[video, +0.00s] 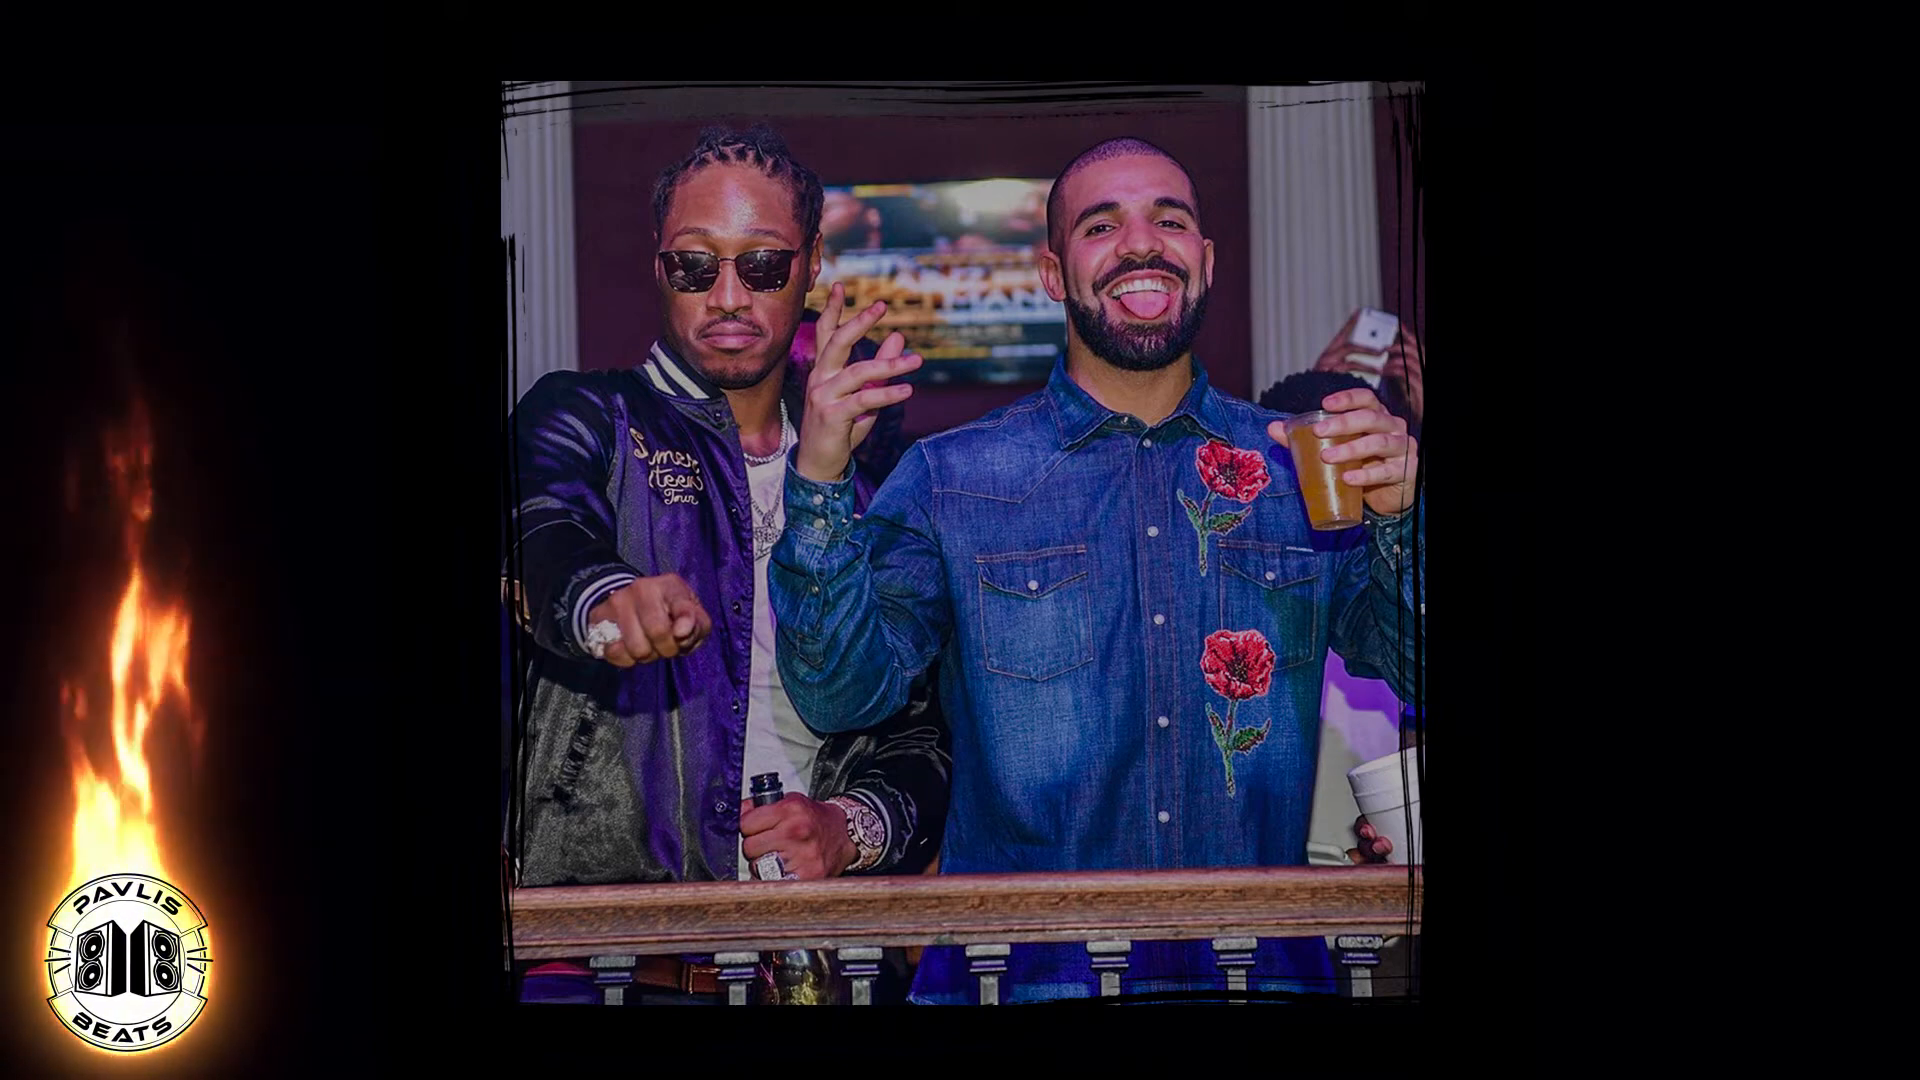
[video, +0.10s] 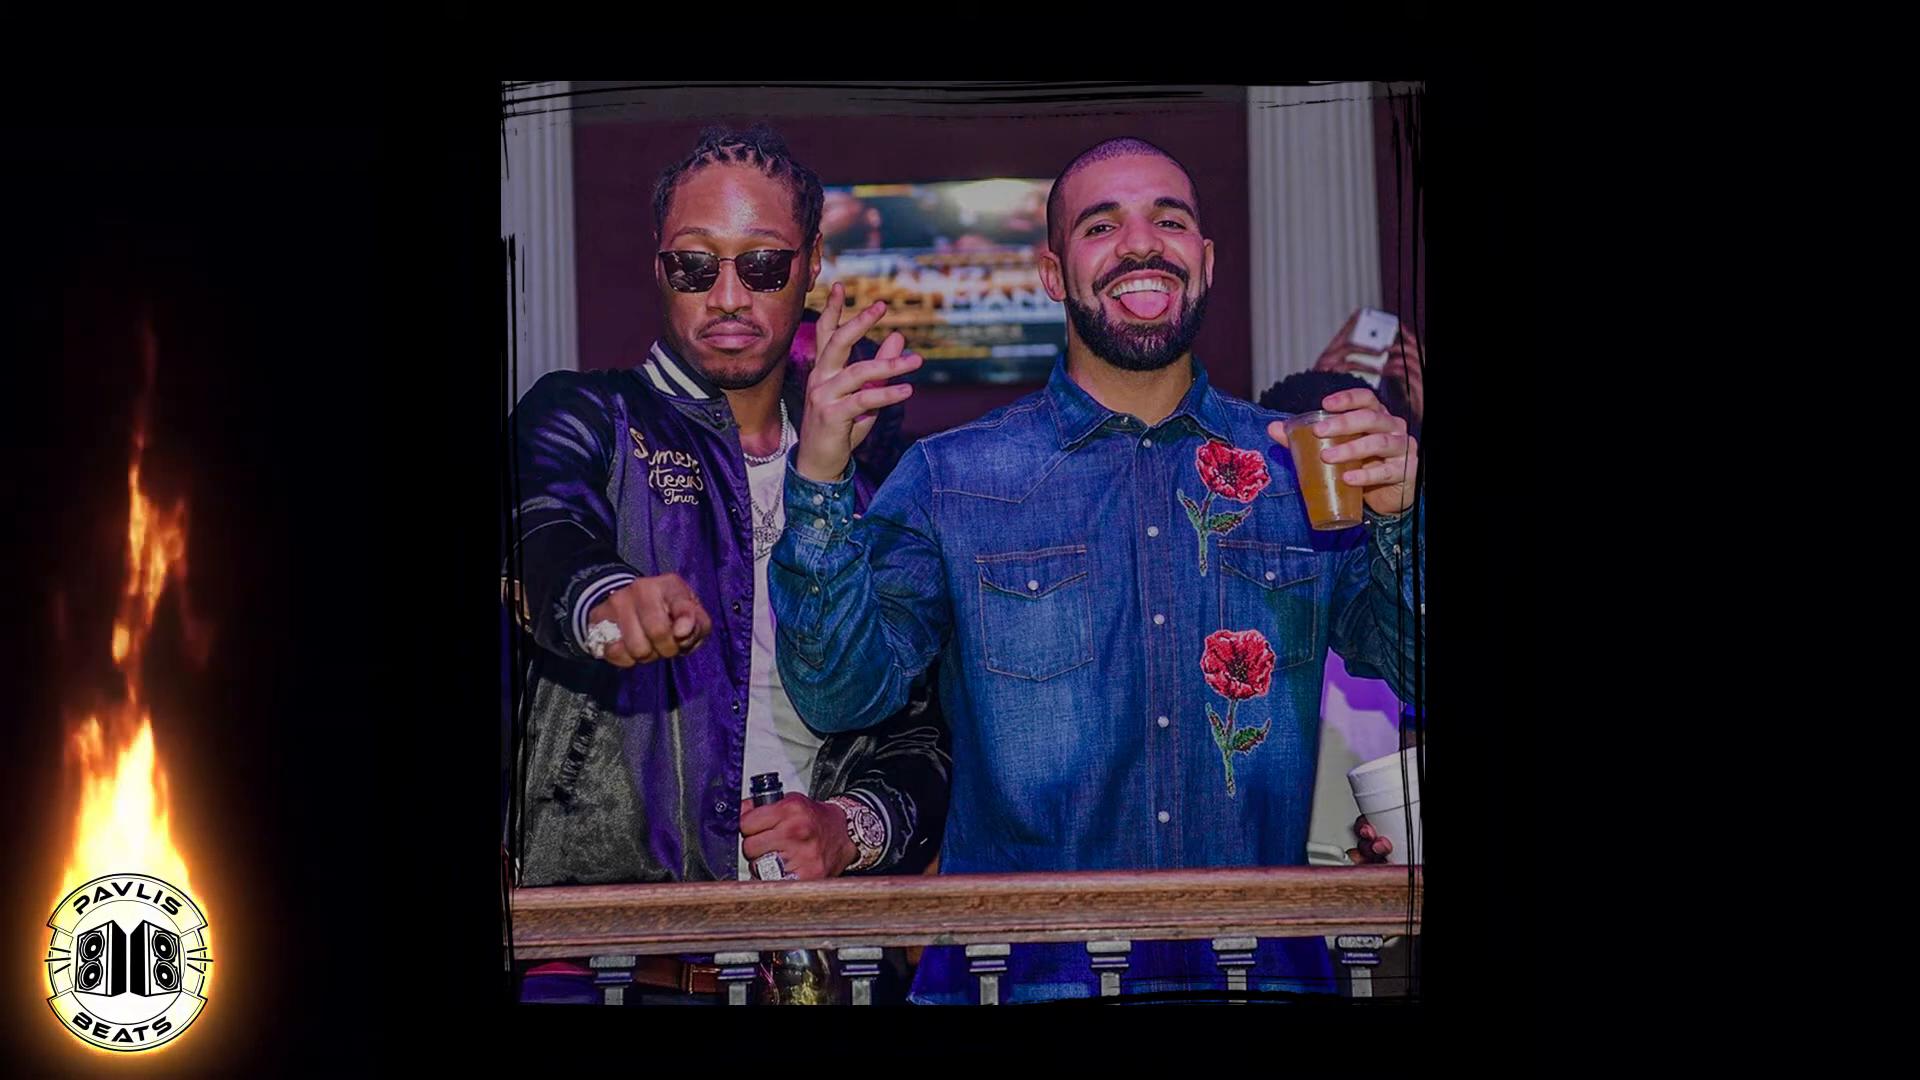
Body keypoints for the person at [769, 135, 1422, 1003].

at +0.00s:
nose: (1141, 243)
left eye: (1169, 219)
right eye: (1101, 225)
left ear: (1207, 258)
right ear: (1055, 272)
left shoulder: (1304, 470)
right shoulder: (945, 479)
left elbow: (1412, 673)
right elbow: (840, 693)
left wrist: (1402, 516)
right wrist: (818, 475)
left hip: (1254, 955)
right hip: (1021, 963)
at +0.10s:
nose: (1141, 243)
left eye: (1169, 219)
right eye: (1101, 225)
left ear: (1207, 258)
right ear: (1055, 272)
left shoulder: (1304, 470)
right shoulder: (945, 479)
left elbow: (1412, 673)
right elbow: (840, 693)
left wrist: (1402, 516)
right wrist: (818, 475)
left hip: (1254, 955)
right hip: (1021, 963)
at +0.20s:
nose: (1141, 243)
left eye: (1169, 219)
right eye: (1101, 225)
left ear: (1207, 258)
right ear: (1055, 272)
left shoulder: (1304, 470)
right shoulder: (945, 479)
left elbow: (1412, 673)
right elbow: (840, 693)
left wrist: (1402, 516)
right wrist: (818, 475)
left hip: (1255, 955)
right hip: (1021, 963)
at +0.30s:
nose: (1141, 243)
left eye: (1169, 219)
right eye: (1102, 225)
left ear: (1207, 258)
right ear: (1055, 272)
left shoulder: (1304, 469)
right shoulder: (945, 479)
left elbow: (1413, 674)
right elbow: (840, 692)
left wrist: (1402, 516)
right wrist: (818, 473)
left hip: (1255, 954)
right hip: (1021, 964)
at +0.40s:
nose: (1141, 243)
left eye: (1169, 219)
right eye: (1102, 225)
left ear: (1207, 258)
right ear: (1055, 272)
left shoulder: (1304, 469)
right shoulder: (945, 479)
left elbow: (1413, 674)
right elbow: (840, 692)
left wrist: (1402, 516)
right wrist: (818, 473)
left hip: (1255, 954)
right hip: (1021, 964)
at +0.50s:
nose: (1141, 243)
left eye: (1169, 219)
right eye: (1101, 225)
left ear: (1207, 258)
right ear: (1055, 272)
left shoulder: (1304, 469)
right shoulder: (945, 479)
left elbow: (1412, 673)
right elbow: (840, 693)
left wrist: (1402, 516)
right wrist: (818, 475)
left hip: (1255, 955)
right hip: (1021, 963)